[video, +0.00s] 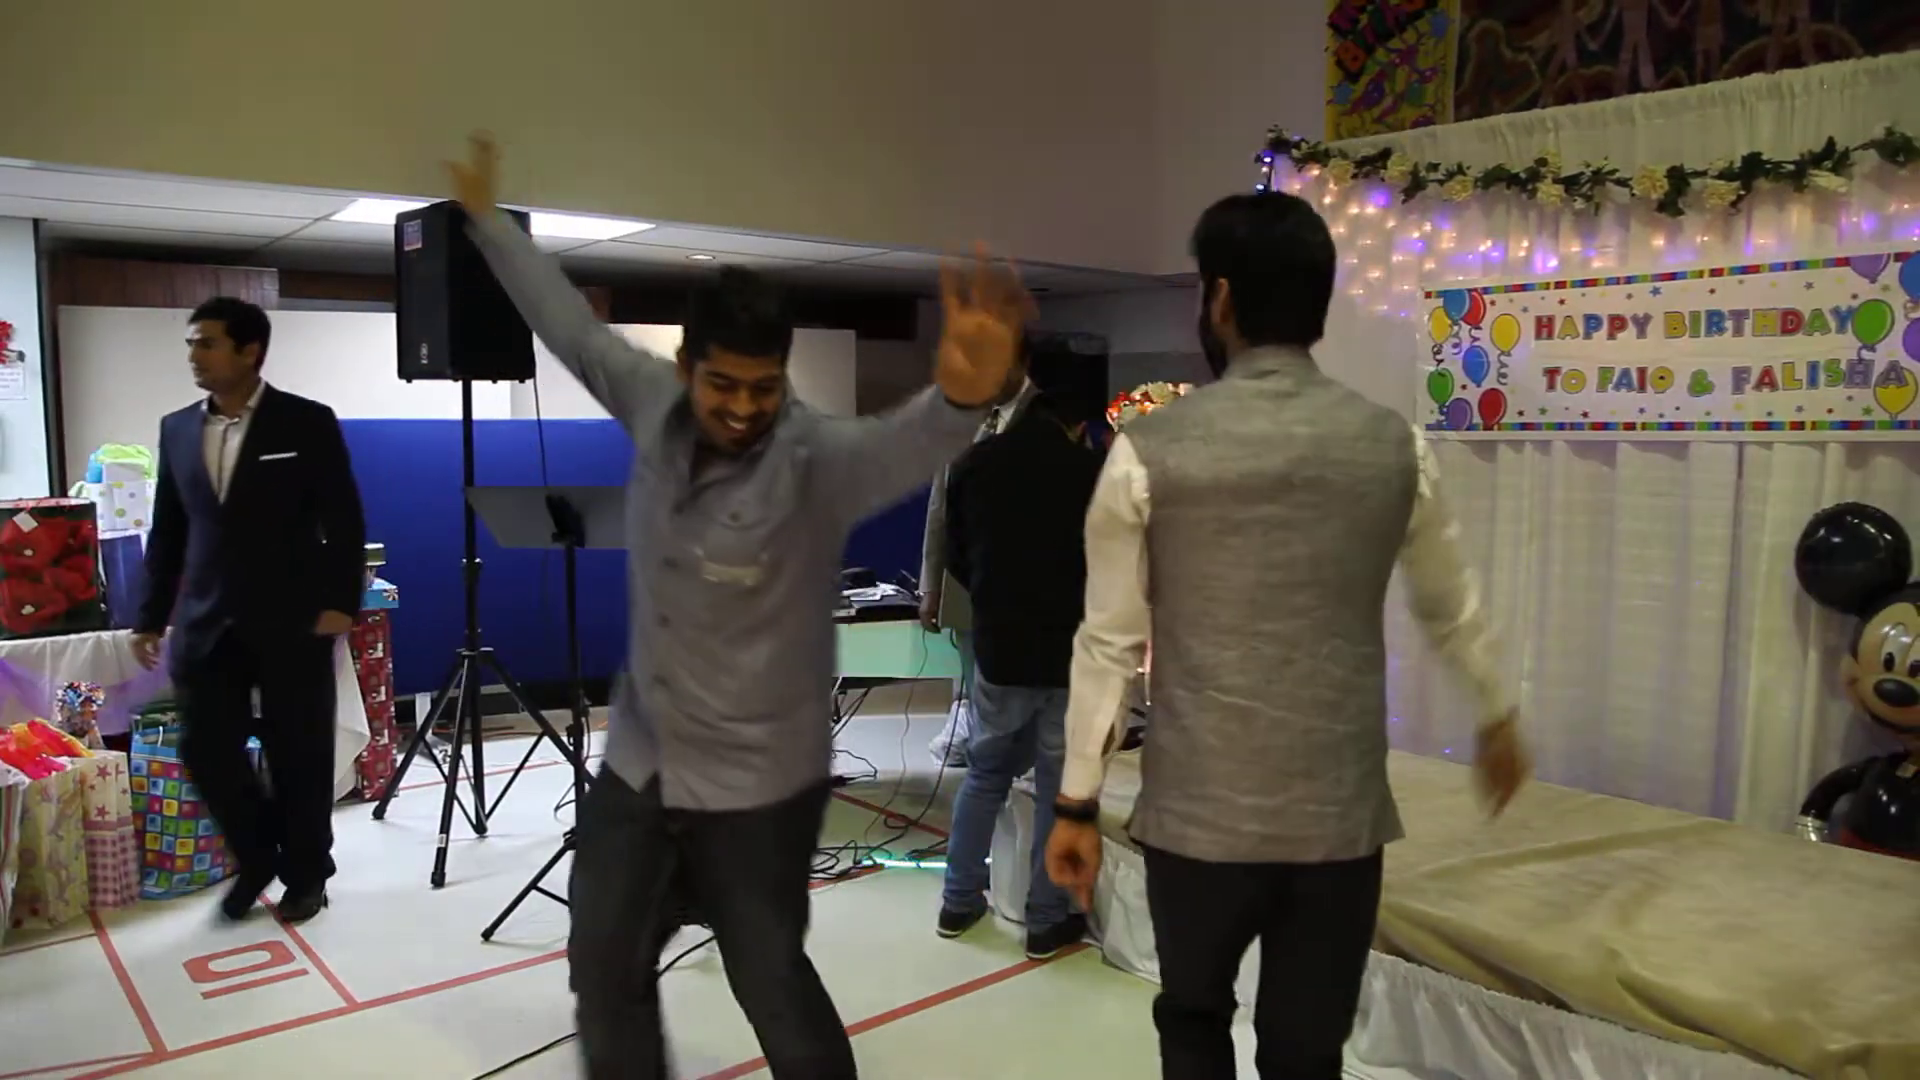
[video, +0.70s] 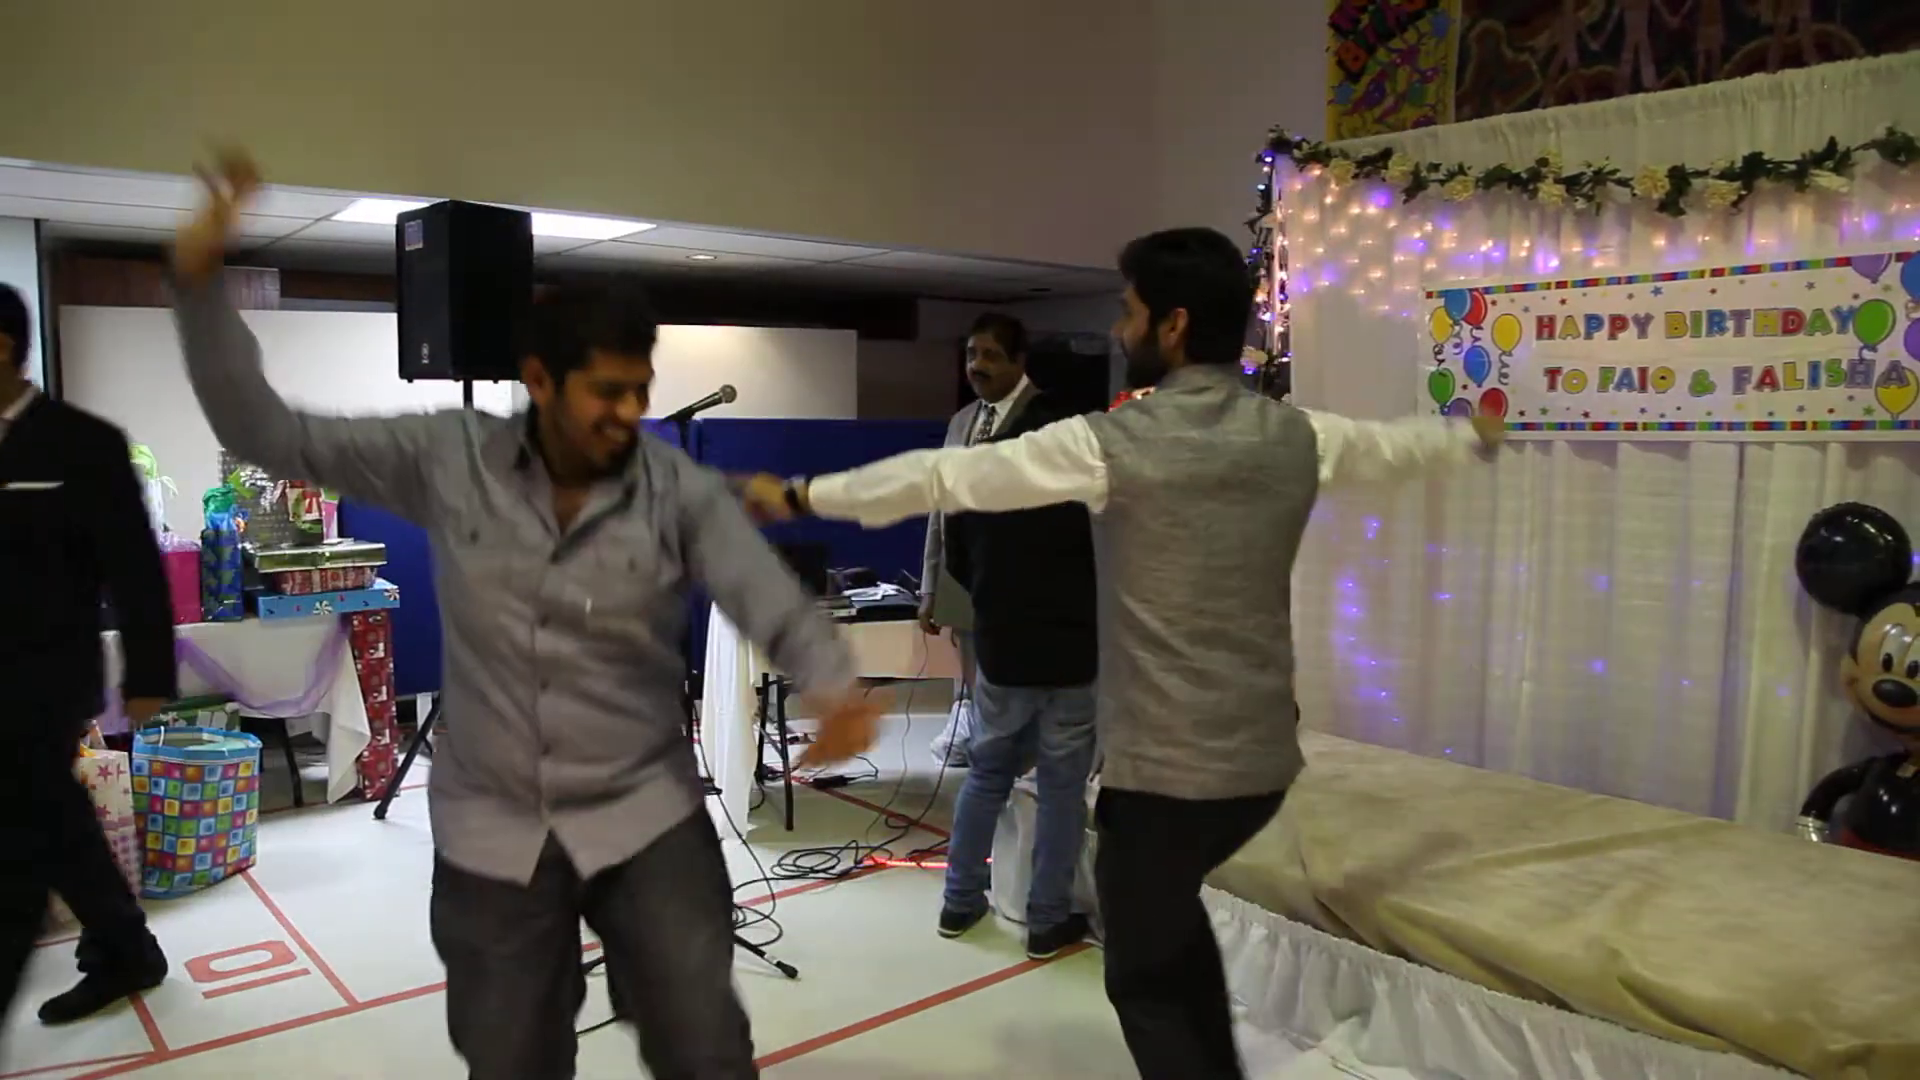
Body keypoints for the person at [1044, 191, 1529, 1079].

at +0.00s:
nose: (1199, 303)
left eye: (1203, 285)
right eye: (1203, 284)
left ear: (1221, 297)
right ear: (1322, 299)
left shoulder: (1151, 446)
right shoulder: (1393, 445)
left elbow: (1109, 638)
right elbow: (1449, 606)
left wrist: (1077, 800)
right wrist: (1497, 715)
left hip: (1199, 836)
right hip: (1338, 839)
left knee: (1192, 1024)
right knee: (1307, 1062)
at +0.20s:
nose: (1178, 297)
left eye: (1186, 275)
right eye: (1181, 275)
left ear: (1224, 281)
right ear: (1301, 285)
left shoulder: (1149, 418)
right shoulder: (1369, 433)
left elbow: (1065, 576)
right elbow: (1390, 612)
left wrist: (991, 698)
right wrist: (1425, 763)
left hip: (1189, 796)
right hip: (1322, 798)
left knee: (1193, 1017)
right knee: (1297, 1020)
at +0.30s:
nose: (1162, 308)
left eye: (1170, 288)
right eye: (1165, 288)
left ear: (1208, 300)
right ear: (1282, 300)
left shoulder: (1142, 427)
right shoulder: (1354, 444)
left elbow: (1017, 541)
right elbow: (1393, 613)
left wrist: (912, 623)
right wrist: (1438, 743)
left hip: (1179, 792)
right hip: (1304, 794)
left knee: (1180, 1003)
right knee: (1270, 959)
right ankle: (1291, 1076)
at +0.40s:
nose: (1151, 308)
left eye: (1160, 289)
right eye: (1155, 287)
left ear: (1199, 304)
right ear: (1264, 305)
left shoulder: (1138, 423)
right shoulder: (1337, 436)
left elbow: (986, 491)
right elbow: (1406, 584)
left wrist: (849, 543)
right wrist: (1469, 696)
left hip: (1172, 772)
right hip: (1293, 774)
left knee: (1178, 993)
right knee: (1238, 902)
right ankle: (1292, 1054)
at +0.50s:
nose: (1139, 299)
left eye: (1146, 282)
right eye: (1143, 280)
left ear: (1186, 295)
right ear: (1255, 296)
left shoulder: (1124, 411)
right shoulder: (1323, 416)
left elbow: (969, 455)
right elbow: (1415, 528)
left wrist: (825, 485)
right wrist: (1497, 612)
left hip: (1176, 762)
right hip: (1287, 758)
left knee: (1169, 982)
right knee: (1209, 871)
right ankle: (1289, 1045)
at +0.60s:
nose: (1127, 312)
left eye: (1137, 296)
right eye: (1132, 294)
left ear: (1175, 309)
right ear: (1239, 312)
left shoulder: (1118, 426)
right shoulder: (1311, 427)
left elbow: (964, 455)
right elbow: (1414, 483)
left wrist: (814, 471)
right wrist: (1498, 521)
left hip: (1173, 770)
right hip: (1276, 764)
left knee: (1158, 974)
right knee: (1185, 886)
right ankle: (1259, 1053)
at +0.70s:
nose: (1119, 328)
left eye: (1129, 312)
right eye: (1121, 310)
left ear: (1172, 323)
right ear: (1227, 325)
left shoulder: (1123, 438)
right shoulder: (1298, 434)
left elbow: (965, 475)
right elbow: (1393, 447)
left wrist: (809, 495)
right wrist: (1471, 434)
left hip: (1164, 774)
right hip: (1258, 768)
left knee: (1145, 981)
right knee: (1159, 923)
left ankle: (1203, 1075)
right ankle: (1211, 1062)